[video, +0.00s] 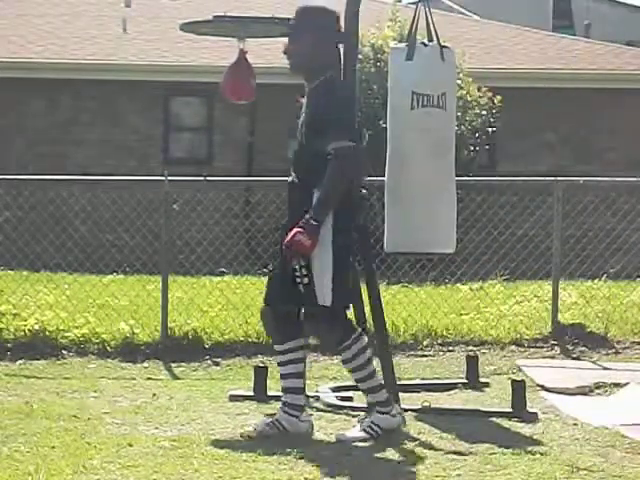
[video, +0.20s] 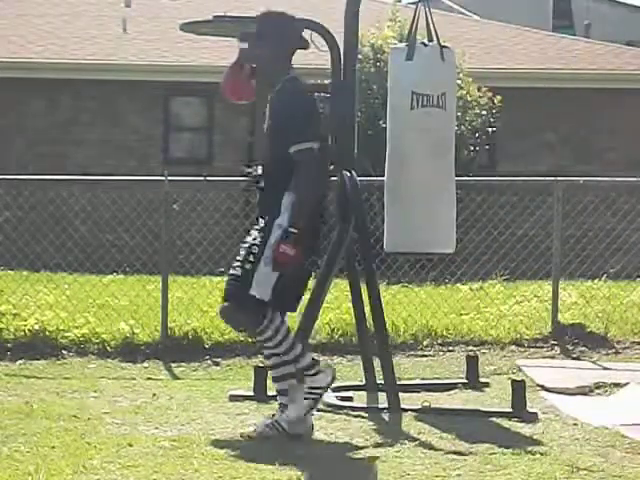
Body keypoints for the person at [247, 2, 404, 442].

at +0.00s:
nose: (286, 45)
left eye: (296, 36)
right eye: (289, 36)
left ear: (324, 43)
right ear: (313, 44)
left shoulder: (334, 93)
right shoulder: (316, 94)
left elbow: (345, 163)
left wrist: (312, 224)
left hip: (331, 220)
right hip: (305, 218)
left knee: (327, 321)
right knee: (279, 313)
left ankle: (385, 411)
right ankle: (293, 416)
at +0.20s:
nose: (250, 53)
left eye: (257, 44)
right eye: (252, 45)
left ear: (278, 50)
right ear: (281, 51)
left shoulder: (292, 97)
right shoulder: (280, 95)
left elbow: (309, 170)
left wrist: (294, 233)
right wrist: (246, 58)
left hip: (286, 218)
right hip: (276, 216)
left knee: (242, 307)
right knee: (255, 309)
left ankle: (311, 371)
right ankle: (294, 409)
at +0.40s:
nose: (225, 44)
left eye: (232, 35)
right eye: (226, 35)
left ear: (255, 39)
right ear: (256, 39)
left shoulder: (272, 91)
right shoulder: (260, 89)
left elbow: (288, 164)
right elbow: (230, 92)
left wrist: (276, 227)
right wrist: (236, 61)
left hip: (256, 211)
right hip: (258, 208)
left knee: (228, 309)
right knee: (265, 310)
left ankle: (249, 412)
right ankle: (291, 409)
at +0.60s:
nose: (199, 46)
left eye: (206, 37)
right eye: (200, 37)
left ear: (232, 39)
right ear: (226, 40)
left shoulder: (250, 89)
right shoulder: (235, 88)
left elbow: (267, 165)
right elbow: (237, 162)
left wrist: (251, 227)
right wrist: (215, 210)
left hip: (235, 218)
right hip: (220, 216)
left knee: (216, 311)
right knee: (205, 311)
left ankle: (253, 411)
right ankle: (262, 389)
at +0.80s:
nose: (183, 45)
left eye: (190, 36)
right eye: (184, 36)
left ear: (213, 40)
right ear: (211, 41)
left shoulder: (230, 87)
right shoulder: (216, 86)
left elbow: (246, 158)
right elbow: (227, 153)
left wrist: (227, 221)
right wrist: (198, 173)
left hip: (223, 215)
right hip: (200, 213)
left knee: (222, 315)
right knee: (168, 298)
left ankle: (250, 414)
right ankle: (216, 385)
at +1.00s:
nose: (166, 46)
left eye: (173, 37)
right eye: (167, 37)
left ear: (199, 39)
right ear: (194, 39)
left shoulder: (214, 87)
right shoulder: (202, 87)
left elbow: (232, 161)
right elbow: (209, 159)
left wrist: (209, 222)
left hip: (204, 216)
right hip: (184, 215)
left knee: (206, 317)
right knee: (175, 320)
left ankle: (247, 413)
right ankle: (202, 413)